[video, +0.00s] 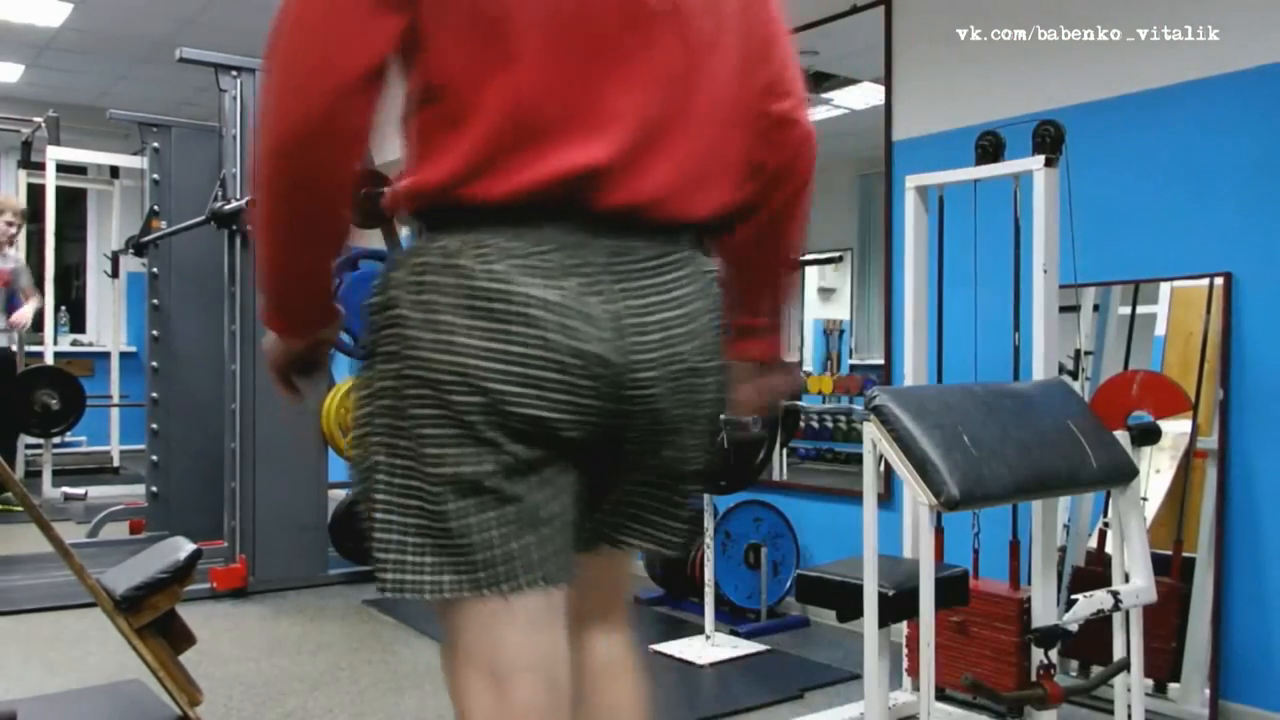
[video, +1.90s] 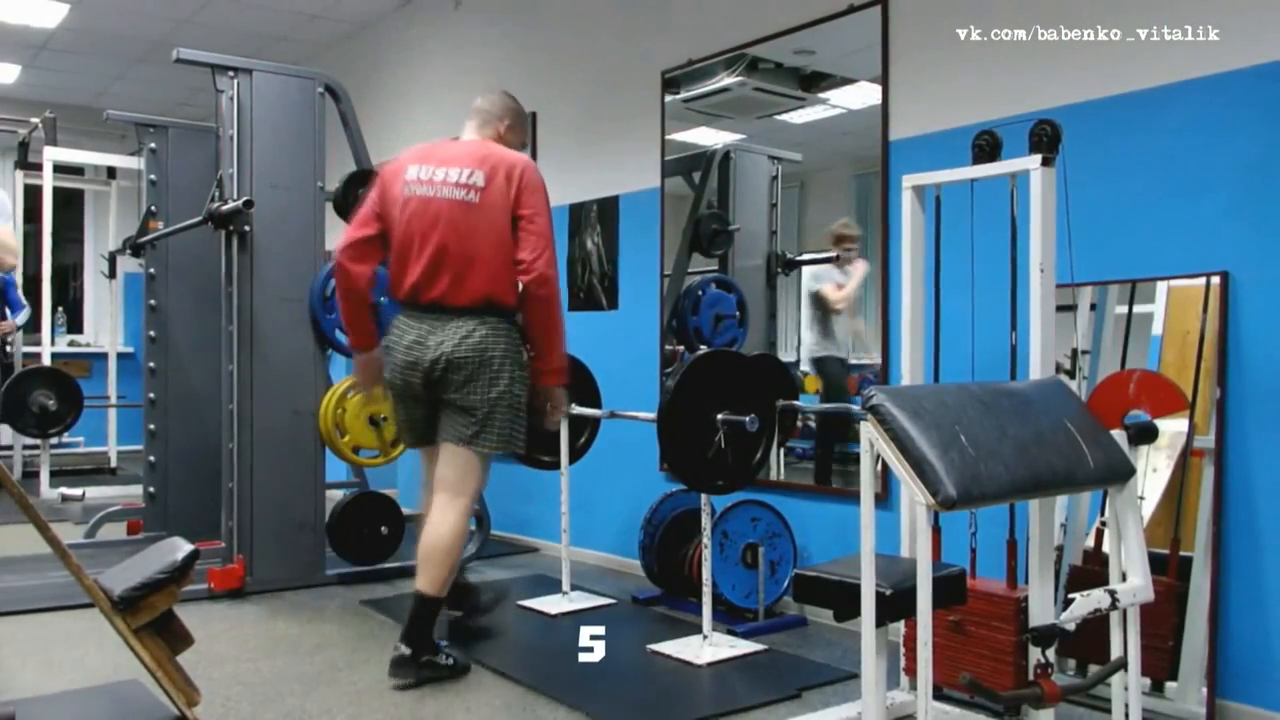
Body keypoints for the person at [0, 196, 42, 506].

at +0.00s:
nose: (12, 230)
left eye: (16, 225)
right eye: (7, 223)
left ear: (20, 229)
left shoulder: (15, 263)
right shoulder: (9, 264)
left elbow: (34, 296)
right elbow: (33, 296)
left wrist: (28, 309)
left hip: (7, 348)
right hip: (4, 349)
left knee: (10, 416)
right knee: (8, 416)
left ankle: (7, 486)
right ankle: (6, 486)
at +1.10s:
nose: (25, 217)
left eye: (30, 211)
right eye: (18, 210)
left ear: (34, 212)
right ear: (2, 210)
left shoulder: (37, 244)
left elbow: (56, 298)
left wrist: (28, 254)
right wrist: (23, 254)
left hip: (20, 348)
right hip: (6, 350)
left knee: (16, 429)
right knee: (11, 432)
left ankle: (11, 526)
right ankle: (8, 526)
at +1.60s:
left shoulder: (11, 227)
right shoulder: (13, 230)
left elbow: (8, 273)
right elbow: (9, 273)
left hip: (7, 346)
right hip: (6, 347)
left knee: (3, 441)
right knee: (3, 441)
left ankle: (7, 525)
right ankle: (5, 525)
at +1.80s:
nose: (3, 261)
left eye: (4, 256)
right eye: (2, 256)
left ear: (7, 258)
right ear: (1, 257)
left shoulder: (6, 278)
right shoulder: (6, 278)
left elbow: (23, 308)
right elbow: (23, 309)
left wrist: (12, 324)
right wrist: (12, 323)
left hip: (3, 350)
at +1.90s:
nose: (14, 261)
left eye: (13, 255)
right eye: (10, 255)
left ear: (11, 257)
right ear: (3, 256)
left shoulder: (6, 282)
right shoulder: (6, 282)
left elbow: (23, 308)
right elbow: (22, 309)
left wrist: (14, 323)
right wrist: (14, 323)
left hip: (4, 351)